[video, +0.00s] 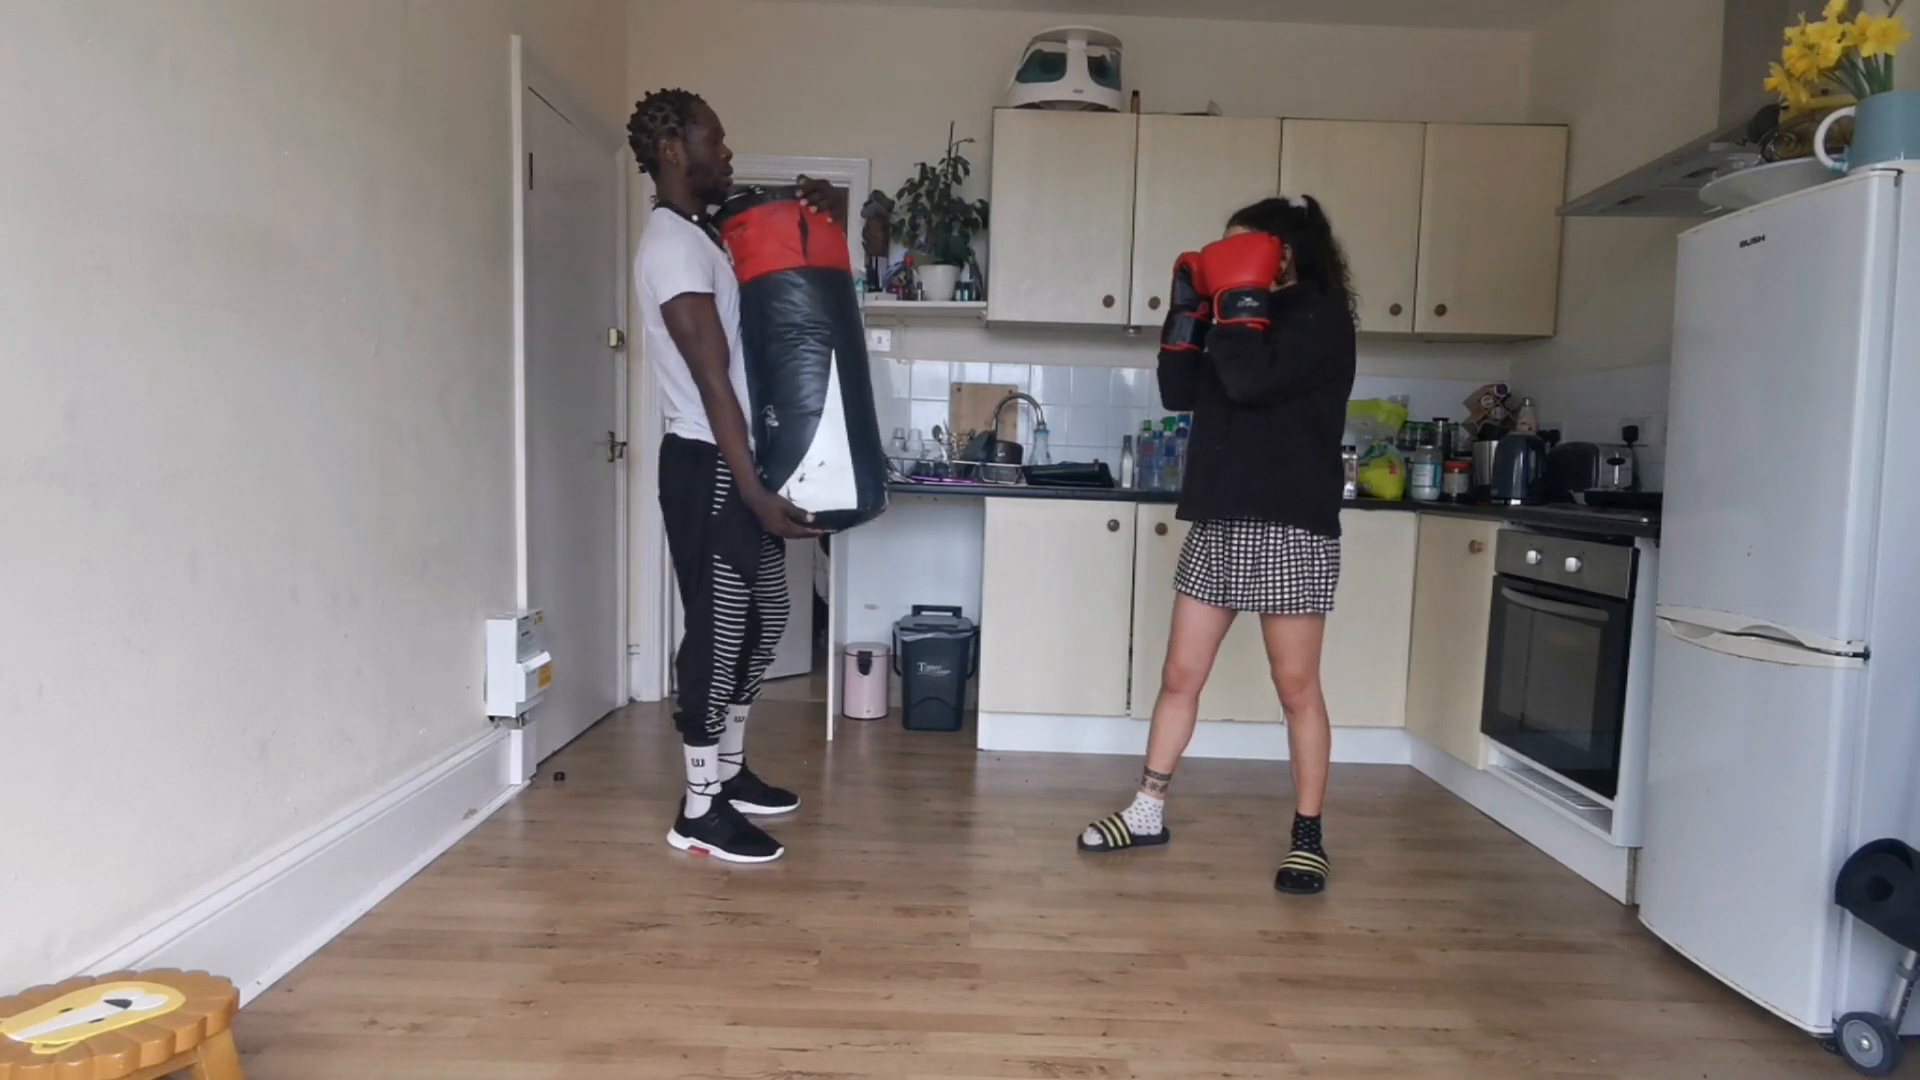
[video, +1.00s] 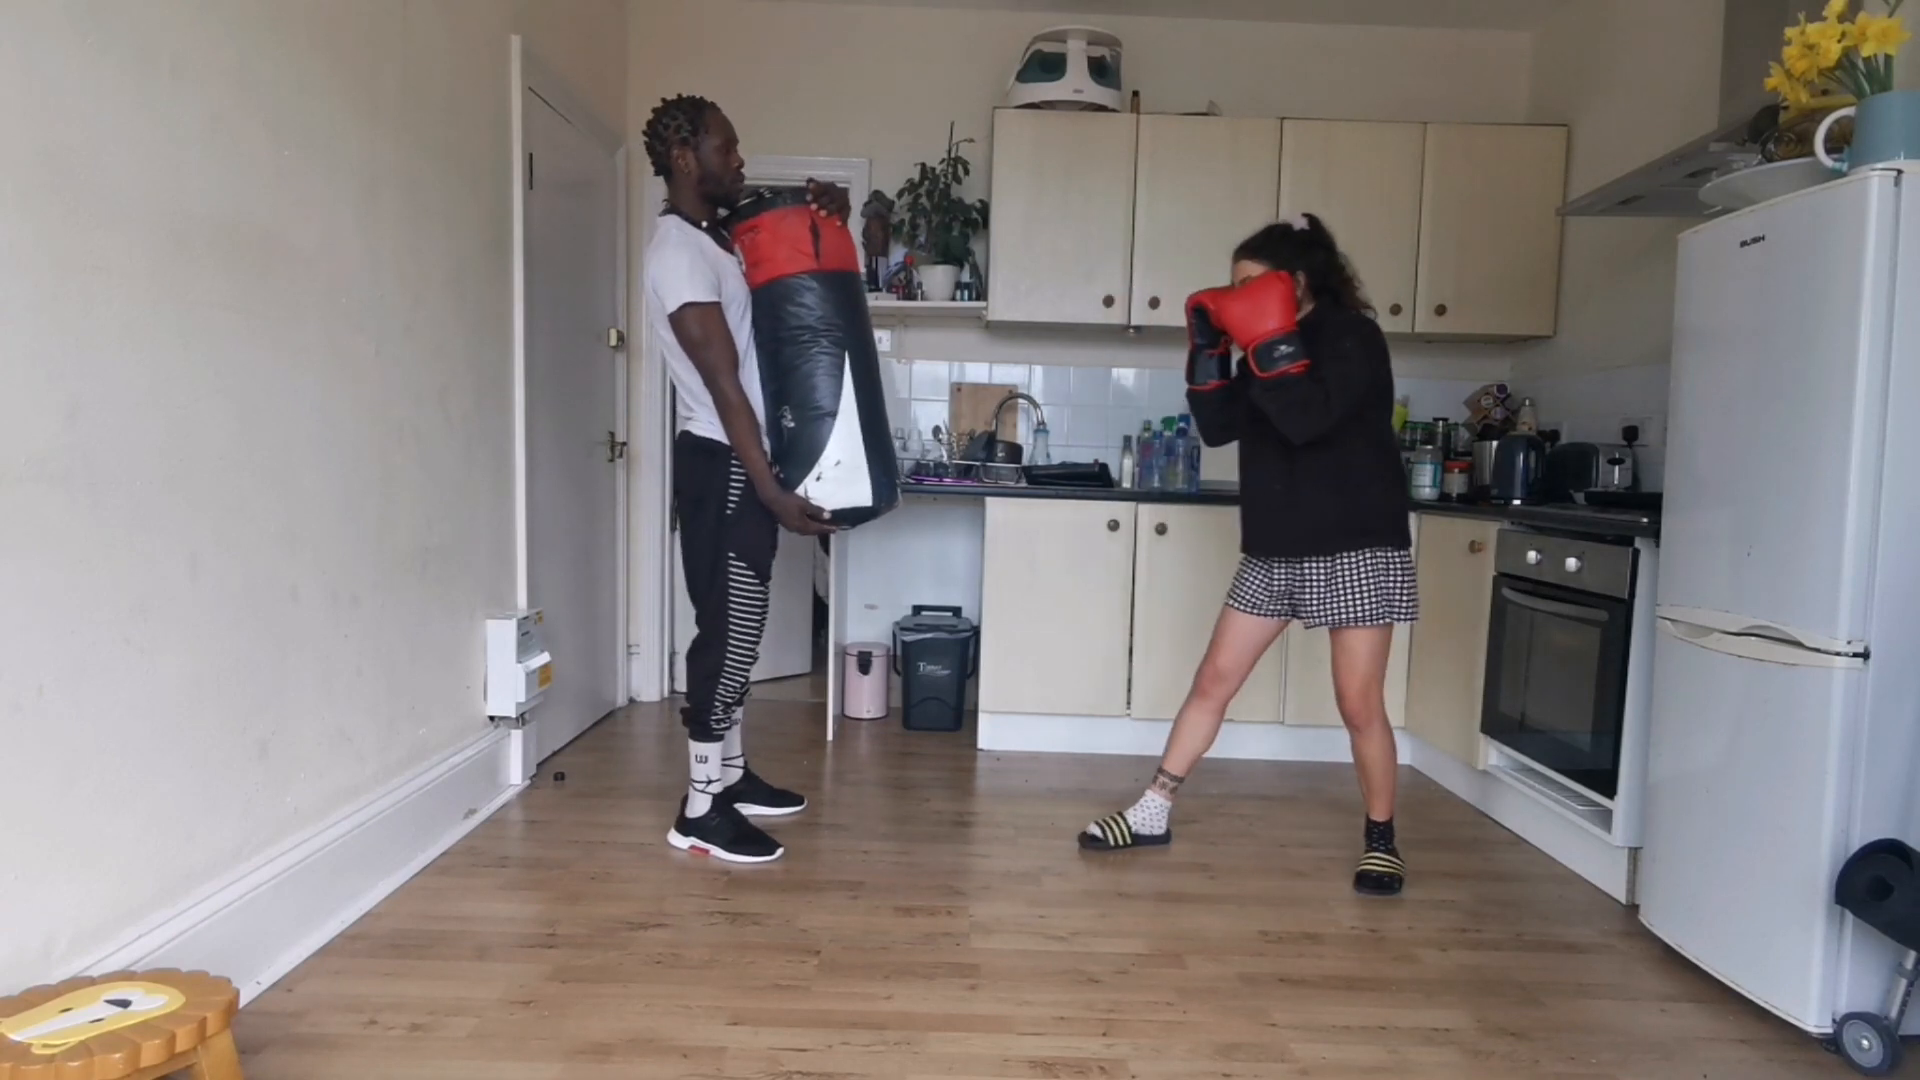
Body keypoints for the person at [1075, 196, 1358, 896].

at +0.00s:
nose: (1237, 261)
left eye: (1249, 248)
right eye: (1235, 248)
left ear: (1288, 255)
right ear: (1248, 262)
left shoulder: (1323, 318)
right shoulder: (1237, 319)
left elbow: (1247, 382)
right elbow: (1177, 392)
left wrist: (1241, 304)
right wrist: (1186, 305)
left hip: (1293, 518)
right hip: (1218, 514)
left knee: (1297, 684)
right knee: (1180, 674)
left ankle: (1307, 835)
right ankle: (1148, 810)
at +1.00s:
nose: (1241, 300)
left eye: (1253, 286)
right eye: (1237, 289)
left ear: (1299, 283)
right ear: (1244, 293)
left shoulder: (1352, 337)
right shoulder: (1258, 350)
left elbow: (1311, 420)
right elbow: (1217, 427)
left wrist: (1272, 344)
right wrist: (1208, 347)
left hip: (1359, 540)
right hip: (1277, 541)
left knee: (1360, 705)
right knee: (1214, 678)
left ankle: (1381, 840)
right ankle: (1153, 809)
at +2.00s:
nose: (1256, 361)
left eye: (1272, 350)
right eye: (1255, 347)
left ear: (1318, 359)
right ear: (1254, 344)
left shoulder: (1342, 424)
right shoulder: (1257, 397)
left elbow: (1271, 505)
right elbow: (1222, 460)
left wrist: (1271, 433)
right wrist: (1196, 434)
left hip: (1295, 579)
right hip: (1213, 562)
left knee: (1328, 728)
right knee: (1123, 666)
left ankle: (1390, 824)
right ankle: (1069, 791)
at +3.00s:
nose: (1111, 302)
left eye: (1123, 291)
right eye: (1108, 292)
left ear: (1164, 293)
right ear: (1112, 294)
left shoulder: (1206, 348)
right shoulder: (1100, 355)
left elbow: (1177, 431)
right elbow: (1022, 390)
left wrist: (1137, 362)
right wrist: (958, 369)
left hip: (1215, 533)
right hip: (1131, 536)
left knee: (1259, 684)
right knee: (1068, 653)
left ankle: (1290, 796)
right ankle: (1034, 775)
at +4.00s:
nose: (1251, 270)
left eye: (1262, 256)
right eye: (1249, 257)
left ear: (1303, 256)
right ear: (1300, 257)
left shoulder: (1339, 320)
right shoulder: (1293, 324)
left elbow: (1268, 407)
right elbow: (1244, 423)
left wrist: (1248, 321)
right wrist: (1218, 337)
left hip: (1350, 537)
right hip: (1303, 535)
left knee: (1318, 707)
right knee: (1287, 688)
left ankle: (1355, 881)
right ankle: (1389, 795)